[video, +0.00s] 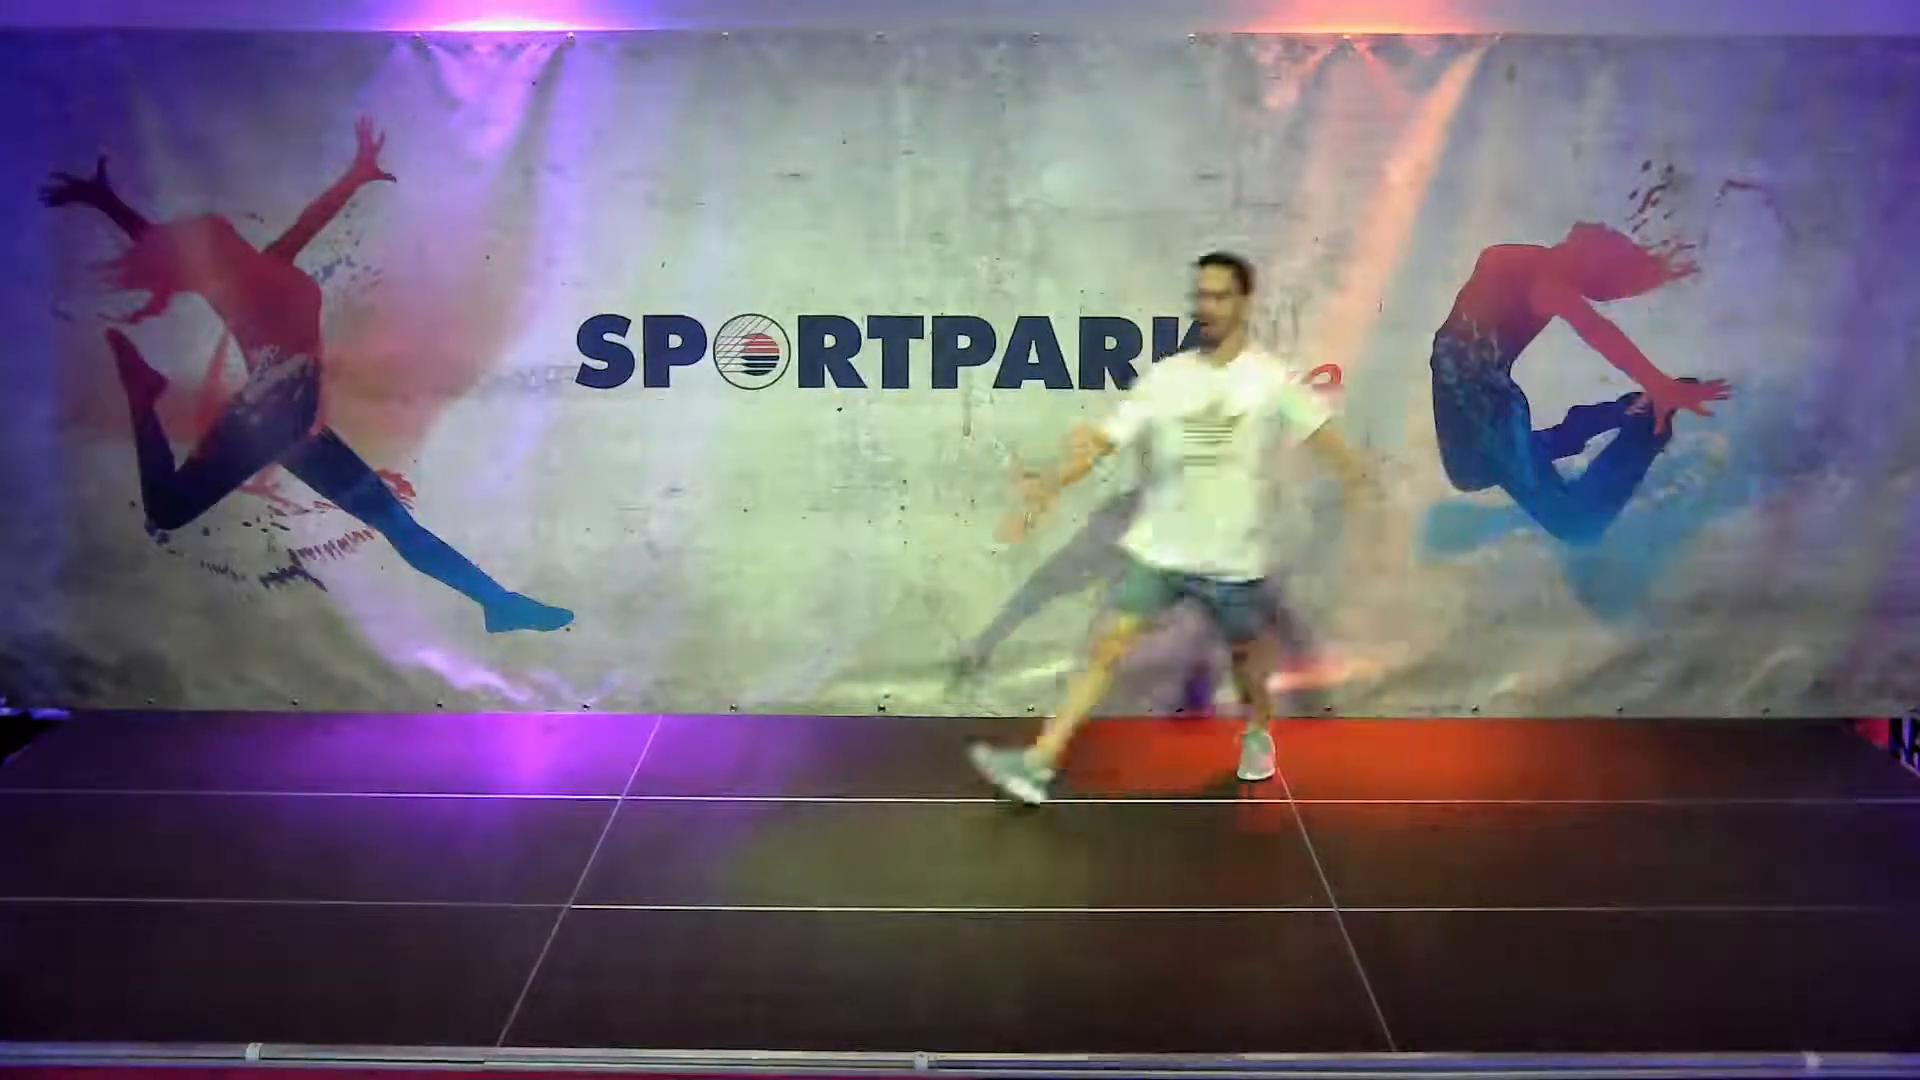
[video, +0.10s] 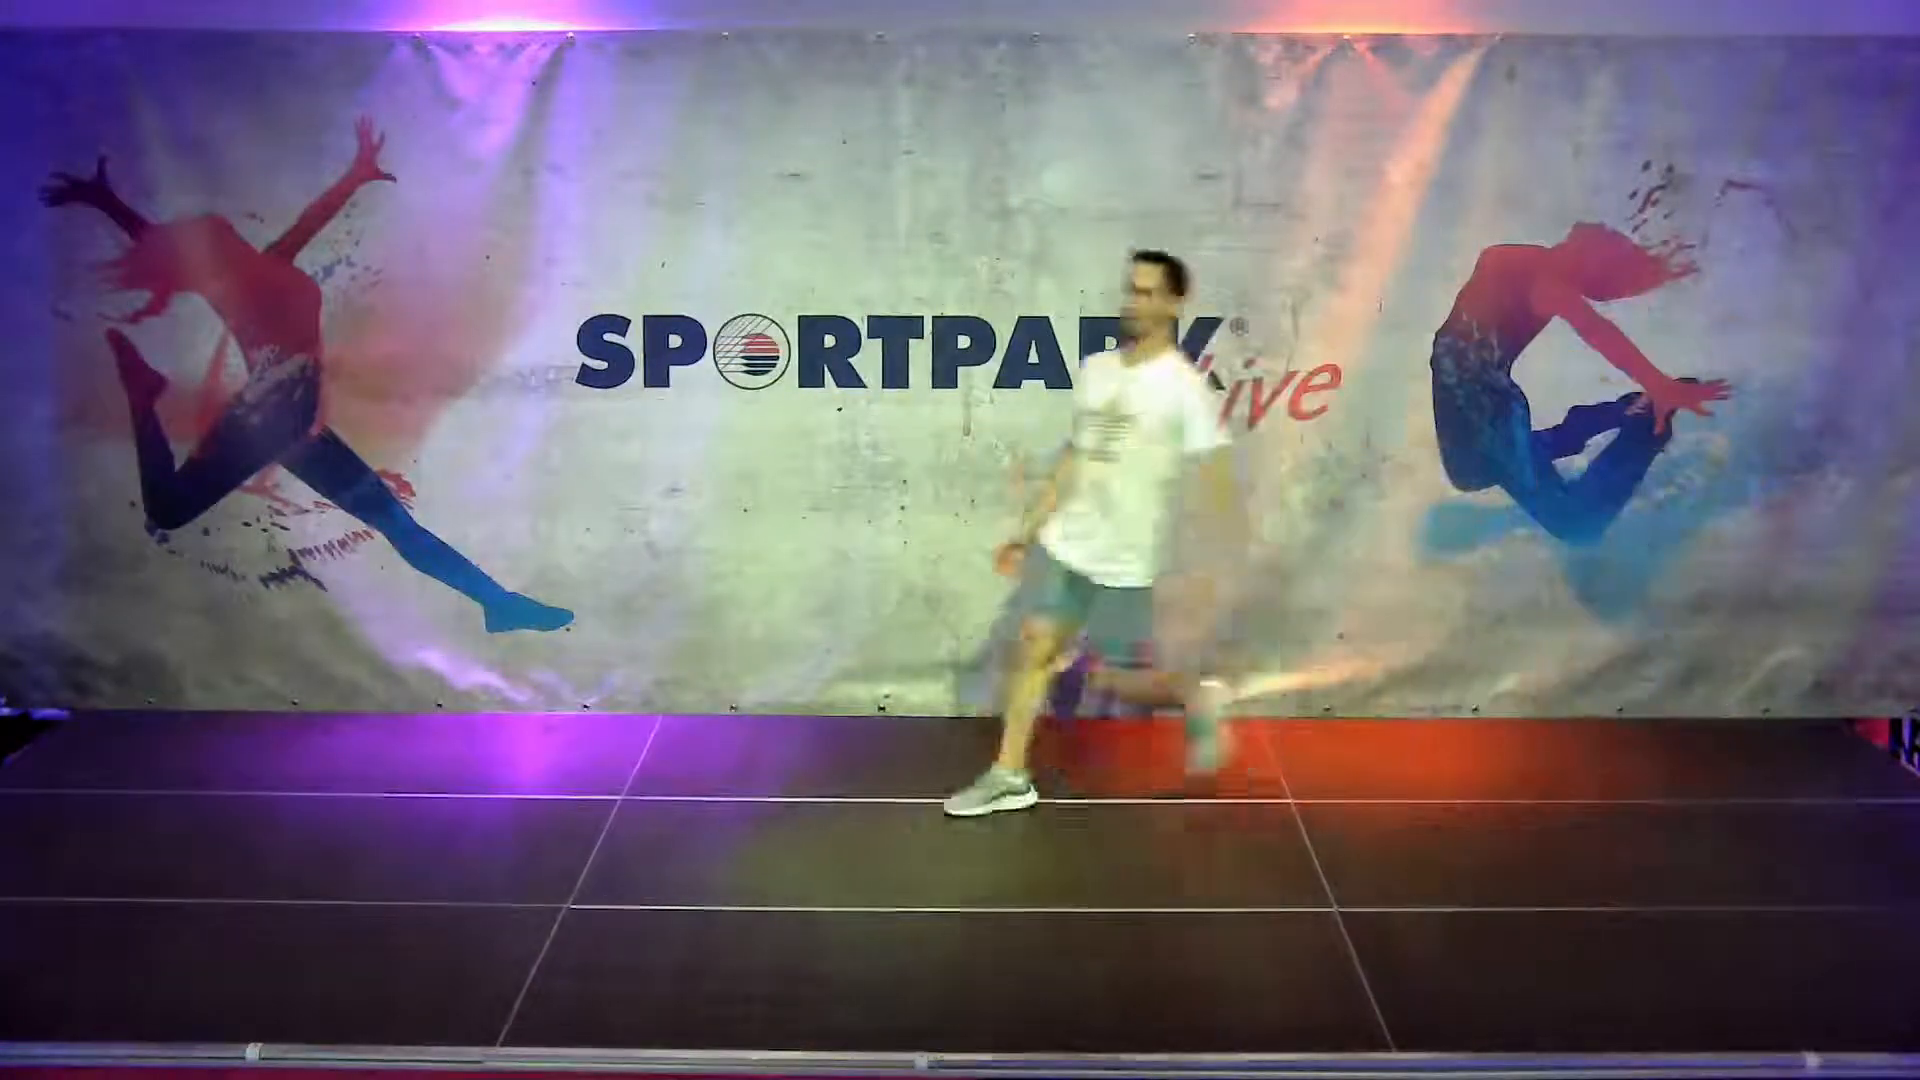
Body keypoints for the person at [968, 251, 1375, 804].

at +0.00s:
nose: (1206, 307)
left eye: (1219, 297)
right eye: (1200, 296)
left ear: (1246, 303)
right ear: (1193, 302)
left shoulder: (1269, 379)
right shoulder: (1166, 377)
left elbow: (1327, 437)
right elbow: (1103, 441)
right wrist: (1049, 488)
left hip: (1234, 558)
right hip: (1159, 551)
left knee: (1251, 662)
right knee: (1106, 647)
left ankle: (1258, 734)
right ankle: (1040, 762)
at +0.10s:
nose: (1131, 302)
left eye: (1145, 293)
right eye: (1128, 291)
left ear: (1175, 304)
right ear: (1124, 297)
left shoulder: (1187, 388)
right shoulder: (1097, 369)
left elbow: (1215, 488)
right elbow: (1073, 459)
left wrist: (1212, 567)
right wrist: (1028, 532)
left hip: (1134, 559)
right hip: (1069, 544)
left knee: (1109, 675)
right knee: (1033, 643)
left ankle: (1195, 694)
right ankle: (1010, 772)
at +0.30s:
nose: (1028, 304)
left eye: (1039, 294)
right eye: (1033, 292)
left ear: (1065, 306)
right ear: (1071, 307)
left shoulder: (1061, 382)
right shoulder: (1052, 374)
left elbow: (1040, 489)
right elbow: (1029, 463)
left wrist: (977, 560)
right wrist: (975, 469)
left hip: (1042, 553)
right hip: (1036, 548)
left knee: (940, 647)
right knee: (976, 655)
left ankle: (935, 796)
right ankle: (990, 783)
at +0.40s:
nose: (997, 312)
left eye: (1004, 303)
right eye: (1003, 301)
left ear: (1019, 313)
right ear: (1054, 320)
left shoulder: (998, 389)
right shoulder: (1062, 392)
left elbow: (964, 477)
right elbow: (1023, 440)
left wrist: (906, 533)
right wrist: (965, 397)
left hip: (977, 560)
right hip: (1037, 564)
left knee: (912, 676)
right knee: (973, 665)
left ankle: (873, 824)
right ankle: (949, 774)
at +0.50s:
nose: (980, 325)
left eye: (982, 316)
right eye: (986, 316)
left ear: (992, 320)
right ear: (1038, 328)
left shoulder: (968, 385)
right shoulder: (1044, 402)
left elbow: (909, 443)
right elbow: (992, 443)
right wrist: (935, 395)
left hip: (947, 564)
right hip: (1018, 571)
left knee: (896, 698)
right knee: (1011, 641)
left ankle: (869, 842)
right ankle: (945, 724)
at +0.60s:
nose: (975, 324)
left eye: (978, 316)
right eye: (979, 317)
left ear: (987, 321)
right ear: (1036, 331)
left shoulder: (961, 369)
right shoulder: (1041, 405)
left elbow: (901, 355)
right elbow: (996, 475)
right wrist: (904, 469)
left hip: (943, 568)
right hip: (1017, 568)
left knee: (886, 693)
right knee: (1041, 632)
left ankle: (869, 839)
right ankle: (1015, 722)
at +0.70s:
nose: (977, 324)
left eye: (982, 317)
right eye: (982, 317)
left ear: (988, 322)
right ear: (1037, 334)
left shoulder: (973, 354)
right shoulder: (1039, 397)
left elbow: (929, 301)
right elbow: (1031, 476)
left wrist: (896, 300)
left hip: (952, 563)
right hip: (1021, 568)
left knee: (887, 689)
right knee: (1067, 649)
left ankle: (868, 842)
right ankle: (1101, 768)